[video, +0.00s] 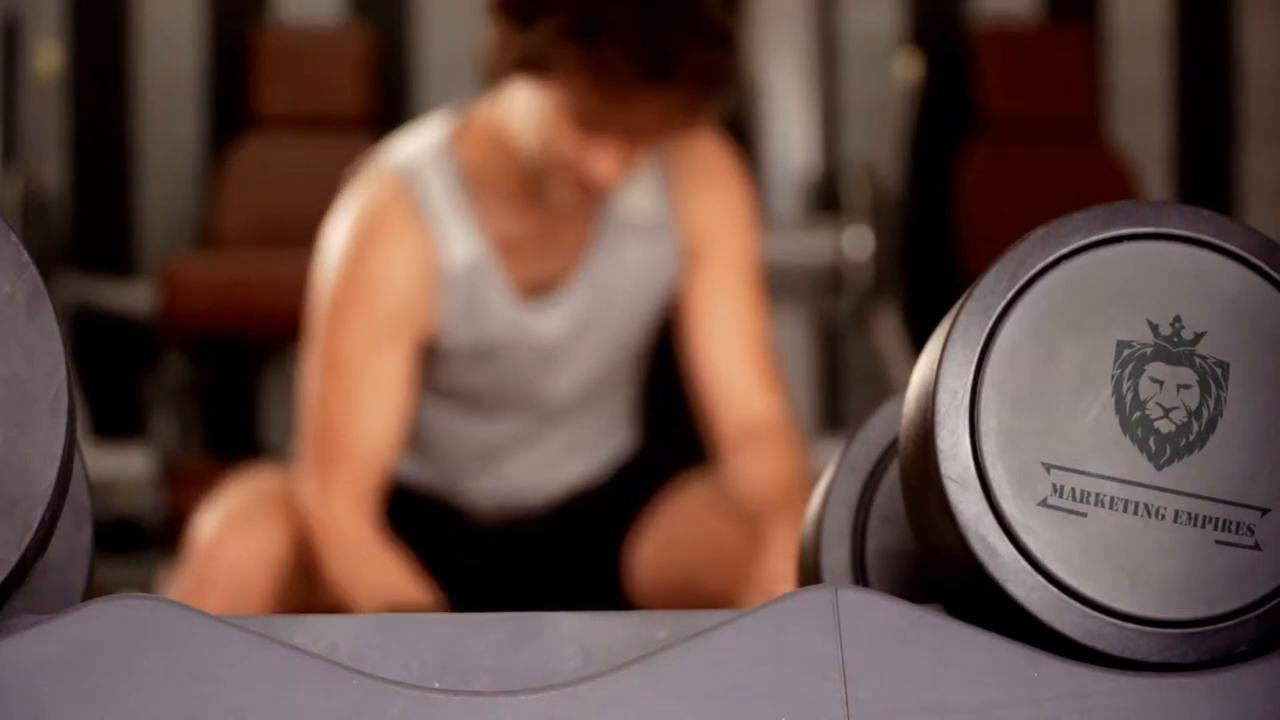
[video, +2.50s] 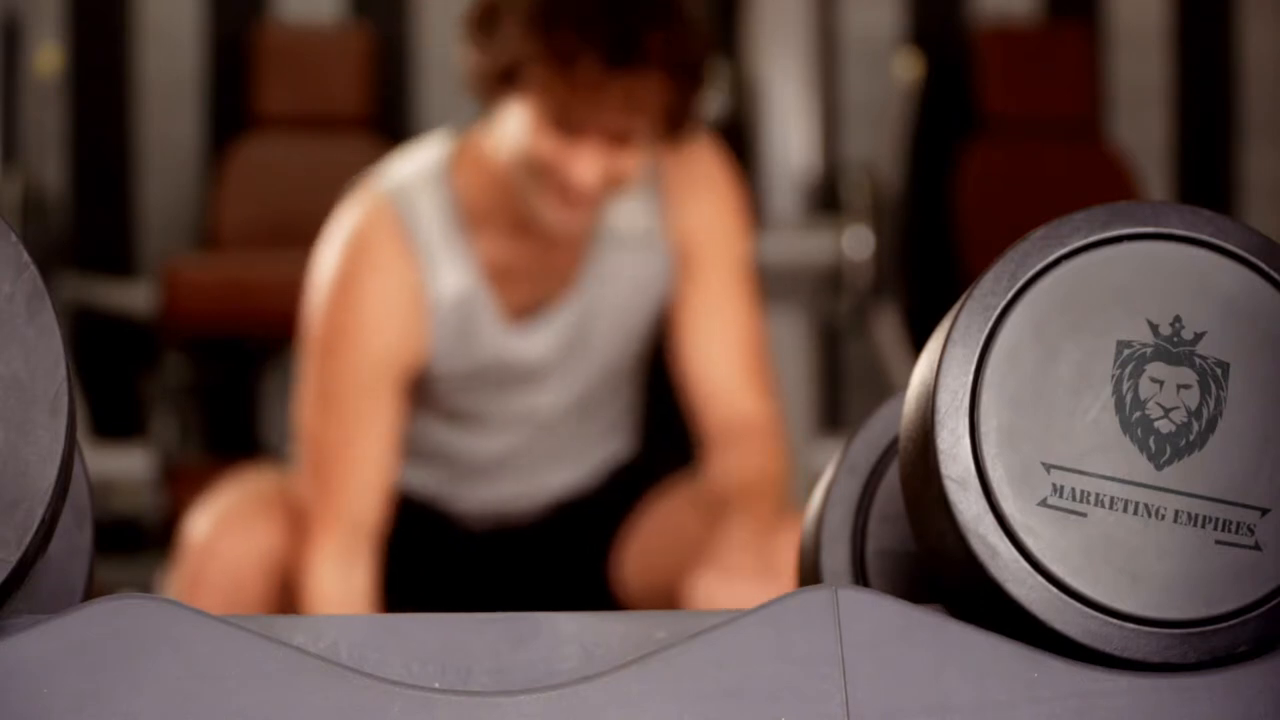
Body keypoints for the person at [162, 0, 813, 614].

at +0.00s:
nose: (611, 168)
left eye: (645, 137)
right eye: (591, 127)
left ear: (676, 110)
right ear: (524, 67)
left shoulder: (696, 170)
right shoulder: (393, 210)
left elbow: (753, 428)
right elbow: (337, 510)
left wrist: (790, 570)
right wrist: (457, 668)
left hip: (601, 521)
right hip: (418, 529)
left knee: (792, 540)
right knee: (241, 526)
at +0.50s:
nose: (588, 153)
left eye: (618, 121)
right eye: (566, 112)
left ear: (652, 93)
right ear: (500, 58)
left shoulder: (670, 170)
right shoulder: (333, 208)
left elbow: (748, 421)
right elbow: (342, 500)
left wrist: (788, 576)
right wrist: (497, 479)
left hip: (598, 525)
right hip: (403, 534)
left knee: (782, 531)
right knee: (248, 534)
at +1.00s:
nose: (570, 156)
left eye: (602, 122)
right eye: (544, 116)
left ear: (633, 100)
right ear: (473, 71)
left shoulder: (661, 172)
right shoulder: (312, 221)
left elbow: (748, 426)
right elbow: (354, 515)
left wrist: (786, 588)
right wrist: (503, 420)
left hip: (597, 523)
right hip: (401, 538)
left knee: (788, 542)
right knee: (249, 533)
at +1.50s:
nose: (582, 137)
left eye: (614, 105)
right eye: (558, 96)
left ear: (652, 82)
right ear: (495, 46)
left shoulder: (680, 166)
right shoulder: (346, 212)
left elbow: (750, 423)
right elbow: (349, 496)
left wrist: (778, 578)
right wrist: (577, 530)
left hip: (599, 542)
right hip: (412, 544)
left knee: (789, 517)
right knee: (243, 522)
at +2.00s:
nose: (588, 151)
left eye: (619, 120)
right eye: (562, 110)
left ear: (660, 99)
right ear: (500, 59)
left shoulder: (691, 171)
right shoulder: (378, 227)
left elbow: (750, 427)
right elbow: (351, 528)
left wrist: (768, 577)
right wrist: (390, 708)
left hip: (600, 524)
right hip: (417, 532)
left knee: (781, 533)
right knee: (244, 535)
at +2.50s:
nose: (587, 172)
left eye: (621, 139)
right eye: (563, 127)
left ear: (665, 124)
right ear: (506, 87)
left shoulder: (690, 178)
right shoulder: (381, 238)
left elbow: (742, 435)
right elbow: (344, 537)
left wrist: (741, 572)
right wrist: (351, 712)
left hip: (591, 527)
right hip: (408, 535)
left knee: (764, 540)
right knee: (233, 531)